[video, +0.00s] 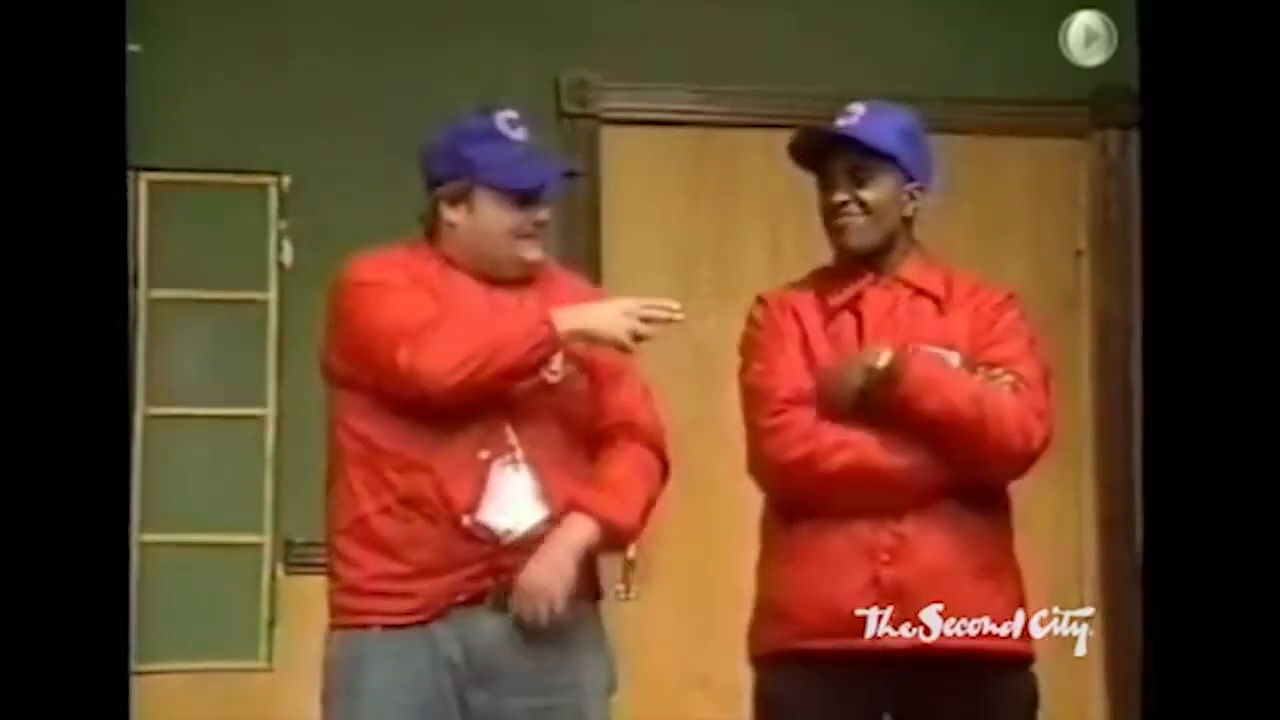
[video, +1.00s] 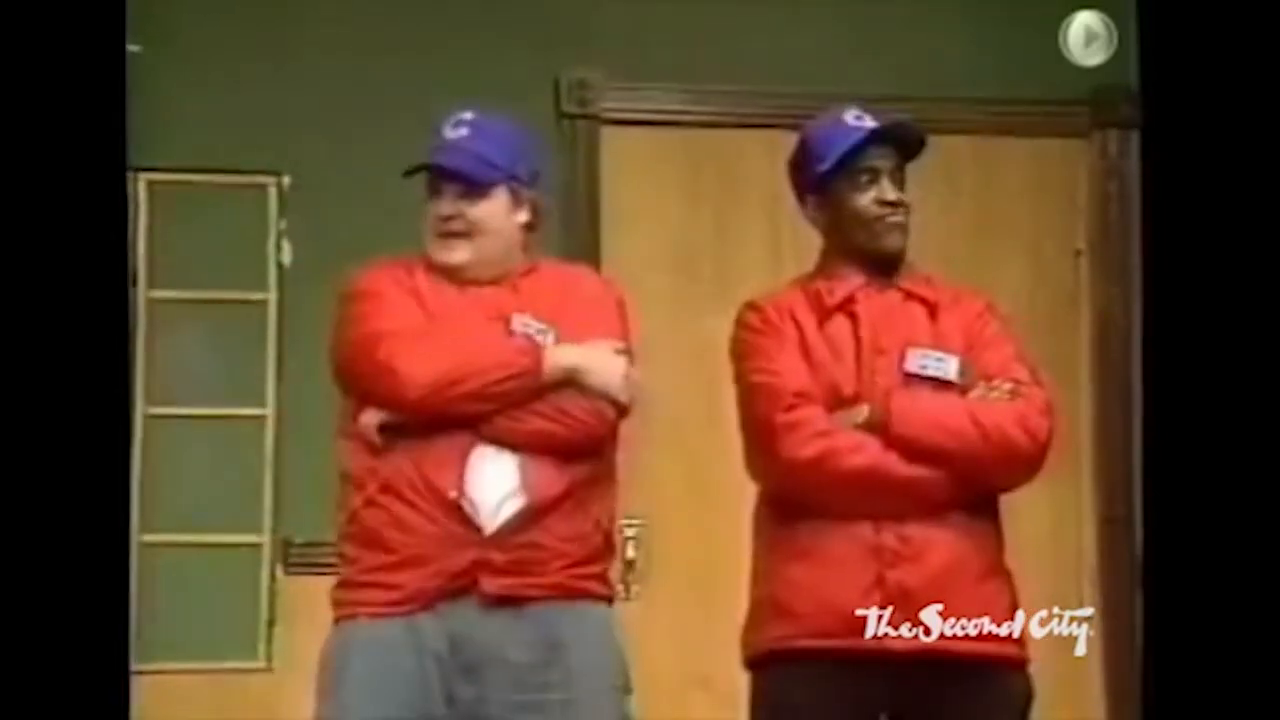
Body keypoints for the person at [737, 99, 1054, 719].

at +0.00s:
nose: (839, 197)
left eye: (861, 178)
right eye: (828, 182)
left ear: (912, 193)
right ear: (817, 194)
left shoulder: (985, 307)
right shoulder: (783, 314)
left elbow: (1017, 437)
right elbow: (784, 456)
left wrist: (897, 374)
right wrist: (954, 457)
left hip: (967, 646)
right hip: (817, 649)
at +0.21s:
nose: (857, 195)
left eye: (875, 176)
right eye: (839, 180)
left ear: (910, 190)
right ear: (821, 195)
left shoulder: (974, 301)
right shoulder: (780, 308)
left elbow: (1020, 422)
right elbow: (785, 444)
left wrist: (882, 393)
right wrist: (950, 458)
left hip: (965, 641)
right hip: (815, 644)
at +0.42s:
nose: (874, 193)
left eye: (888, 175)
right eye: (852, 179)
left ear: (909, 188)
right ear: (820, 199)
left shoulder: (971, 301)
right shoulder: (778, 310)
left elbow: (1023, 435)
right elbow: (791, 453)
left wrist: (880, 419)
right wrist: (963, 467)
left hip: (966, 641)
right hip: (817, 645)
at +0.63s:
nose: (885, 191)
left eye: (894, 173)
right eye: (858, 177)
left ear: (909, 187)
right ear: (816, 200)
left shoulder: (969, 307)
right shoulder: (776, 315)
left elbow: (1027, 437)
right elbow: (793, 457)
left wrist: (880, 418)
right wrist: (968, 466)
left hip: (966, 642)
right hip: (817, 645)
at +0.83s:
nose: (889, 192)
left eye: (896, 176)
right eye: (862, 177)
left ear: (908, 190)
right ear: (815, 200)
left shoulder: (967, 310)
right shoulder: (774, 316)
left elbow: (1026, 439)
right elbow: (792, 457)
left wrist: (881, 419)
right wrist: (967, 466)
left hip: (967, 644)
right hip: (817, 647)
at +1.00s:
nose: (892, 196)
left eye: (898, 180)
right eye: (866, 180)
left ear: (909, 194)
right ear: (817, 203)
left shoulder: (966, 311)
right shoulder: (774, 319)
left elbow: (1023, 436)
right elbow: (791, 455)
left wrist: (880, 416)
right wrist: (965, 465)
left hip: (966, 644)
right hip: (816, 647)